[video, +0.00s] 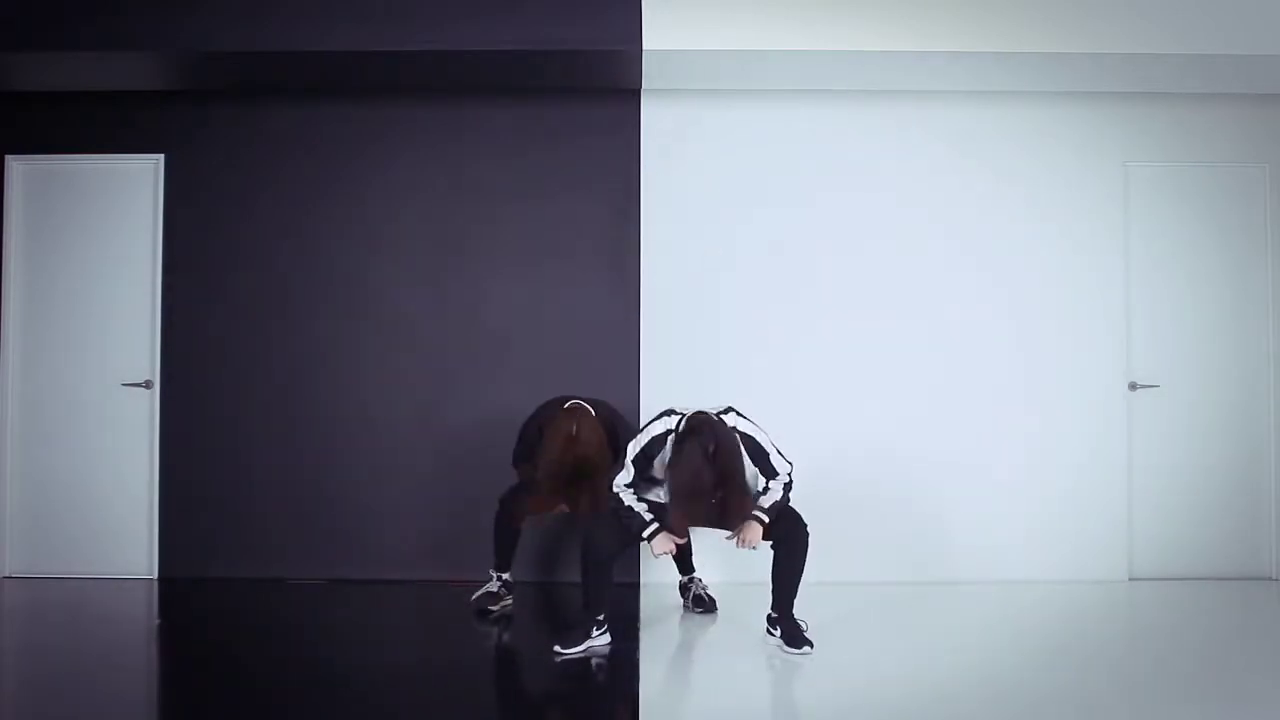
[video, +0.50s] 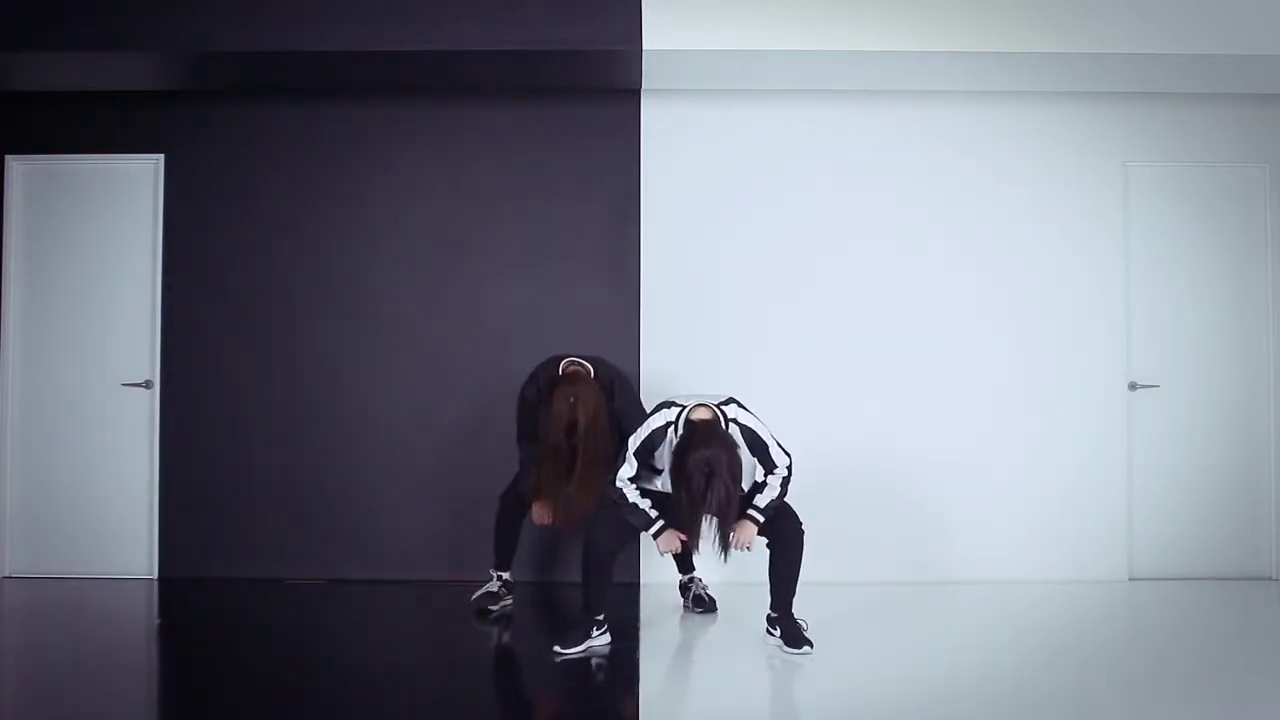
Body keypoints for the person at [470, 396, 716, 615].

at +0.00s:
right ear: (552, 446)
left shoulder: (613, 428)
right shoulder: (539, 425)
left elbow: (628, 468)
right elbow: (521, 465)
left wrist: (587, 500)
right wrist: (553, 498)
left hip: (608, 483)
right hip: (551, 480)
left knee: (664, 512)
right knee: (509, 506)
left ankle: (690, 582)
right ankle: (501, 580)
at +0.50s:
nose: (572, 439)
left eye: (577, 433)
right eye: (566, 433)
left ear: (594, 404)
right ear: (553, 402)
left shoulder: (616, 388)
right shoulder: (534, 388)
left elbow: (640, 443)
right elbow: (527, 443)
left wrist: (603, 486)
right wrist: (539, 494)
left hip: (610, 459)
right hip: (554, 456)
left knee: (666, 506)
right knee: (511, 502)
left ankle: (690, 582)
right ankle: (501, 580)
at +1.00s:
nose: (589, 396)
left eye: (595, 391)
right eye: (582, 391)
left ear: (606, 366)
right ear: (565, 368)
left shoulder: (624, 356)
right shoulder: (544, 358)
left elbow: (644, 414)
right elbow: (540, 419)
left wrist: (636, 462)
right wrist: (549, 470)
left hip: (620, 442)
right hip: (564, 443)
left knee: (666, 502)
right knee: (517, 501)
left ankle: (690, 580)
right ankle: (502, 580)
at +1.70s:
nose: (594, 351)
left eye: (601, 345)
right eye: (586, 345)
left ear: (612, 327)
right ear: (574, 327)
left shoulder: (629, 327)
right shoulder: (555, 323)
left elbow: (645, 386)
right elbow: (542, 387)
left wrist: (640, 446)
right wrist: (546, 444)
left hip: (618, 436)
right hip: (568, 438)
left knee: (659, 502)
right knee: (524, 503)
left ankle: (690, 583)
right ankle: (501, 581)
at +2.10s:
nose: (593, 323)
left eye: (600, 315)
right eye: (585, 316)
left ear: (610, 302)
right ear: (572, 304)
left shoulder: (628, 312)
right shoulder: (556, 312)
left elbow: (642, 371)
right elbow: (540, 372)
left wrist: (644, 430)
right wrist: (544, 430)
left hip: (618, 430)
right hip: (567, 432)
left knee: (658, 504)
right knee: (528, 505)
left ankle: (690, 582)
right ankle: (501, 581)